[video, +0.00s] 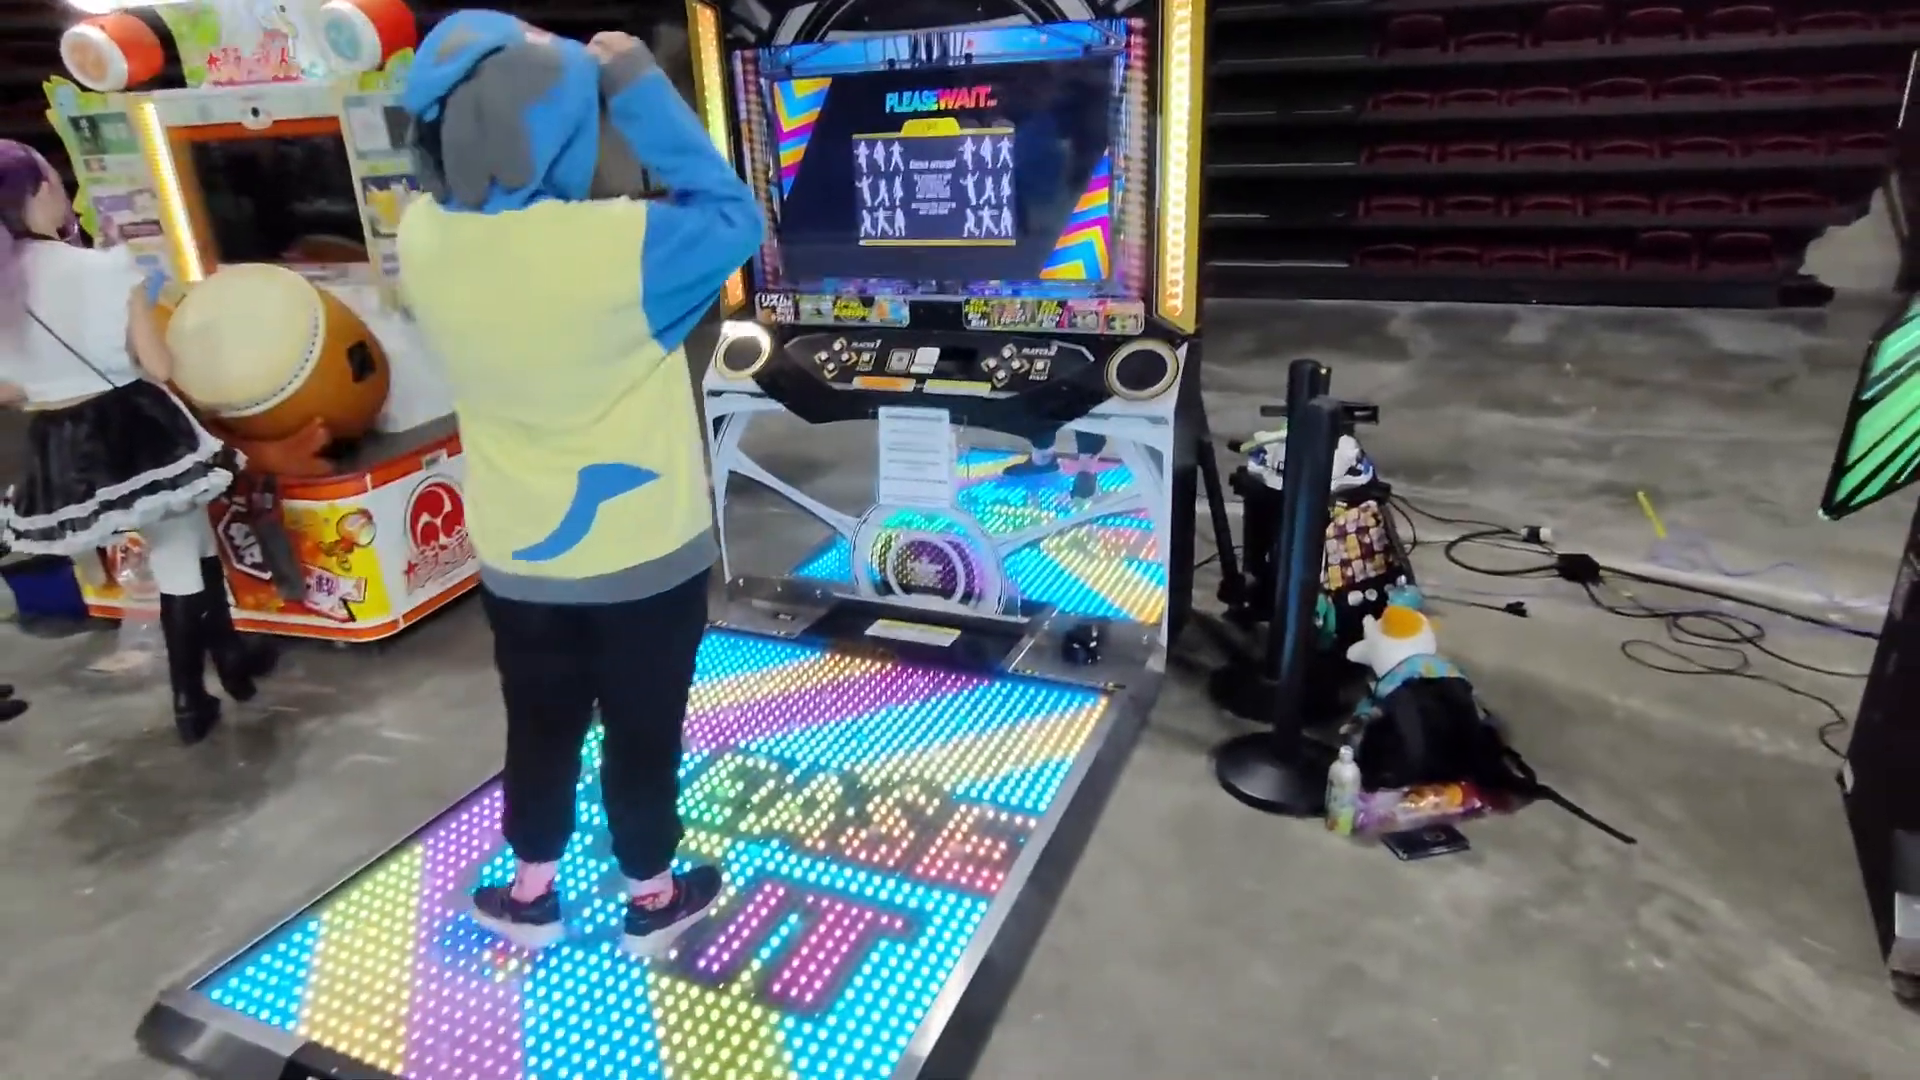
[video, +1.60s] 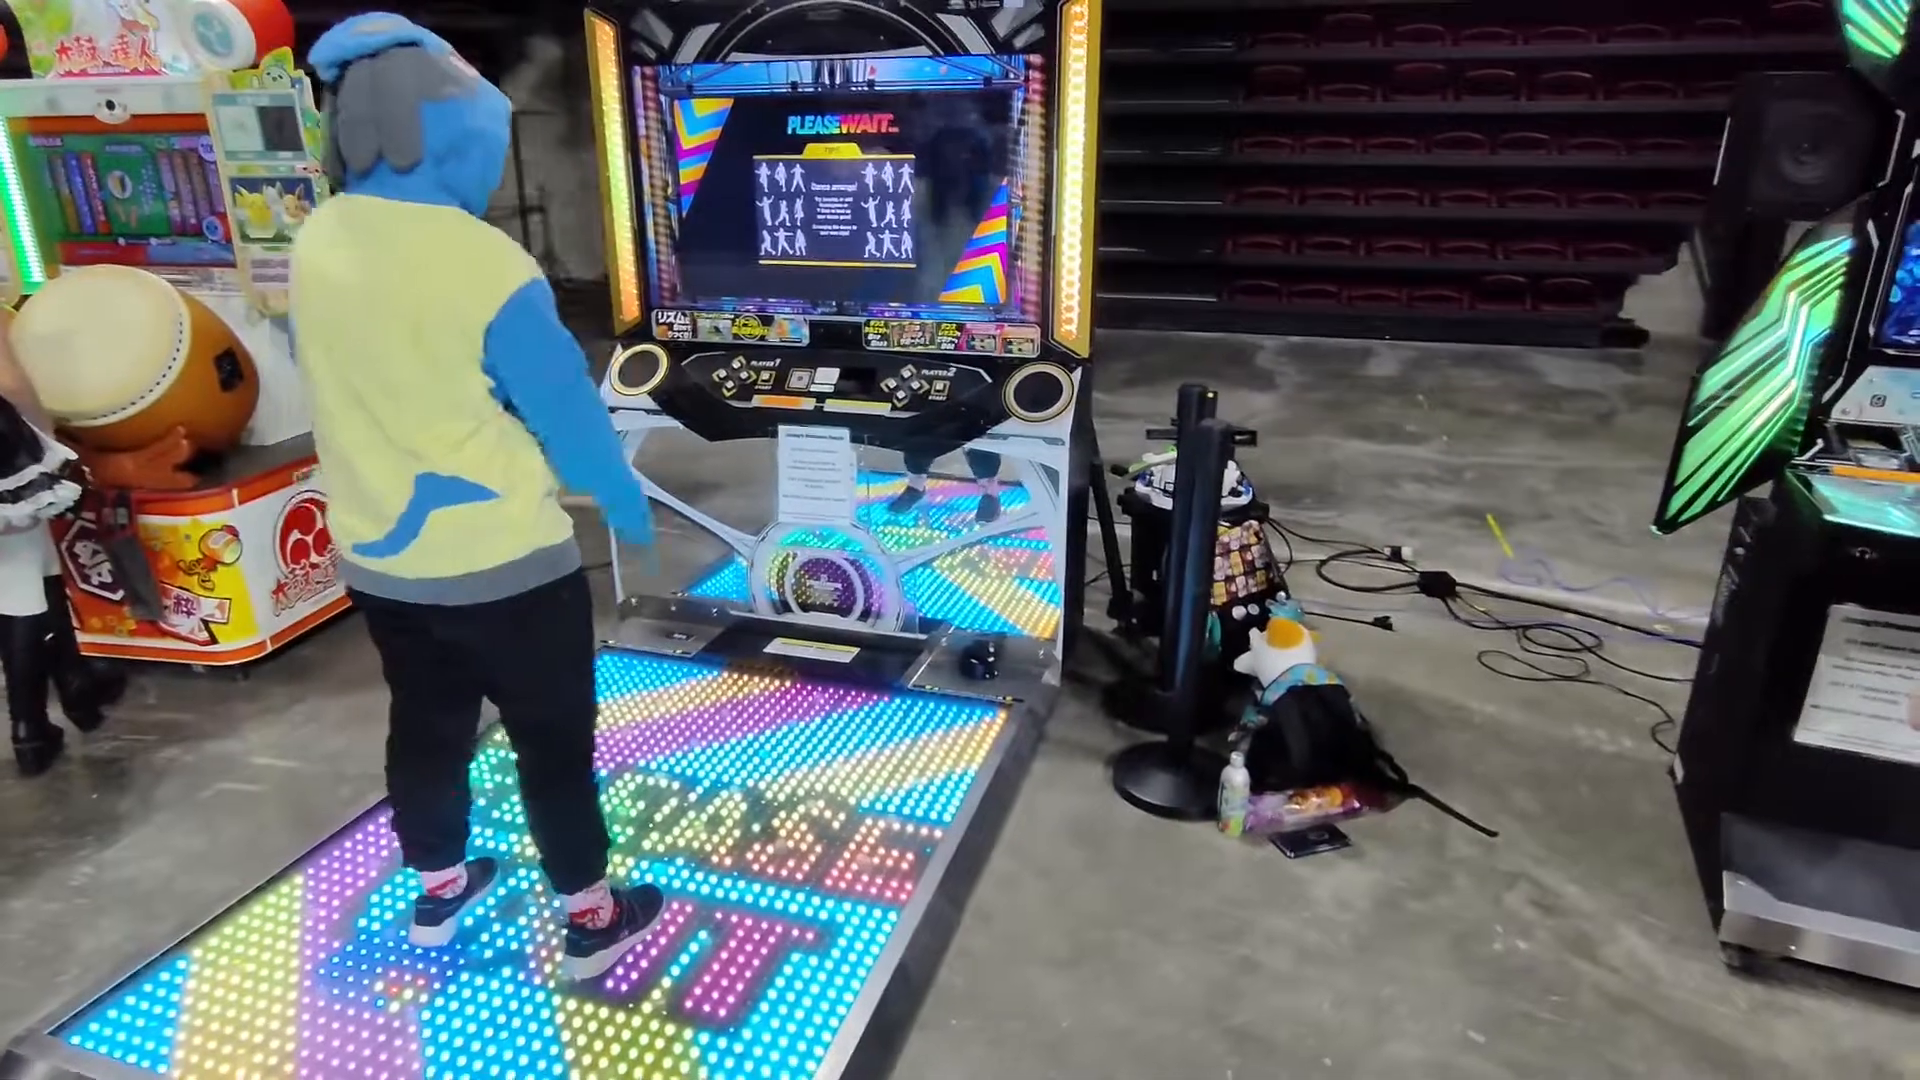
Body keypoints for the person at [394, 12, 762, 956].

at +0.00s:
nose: (600, 141)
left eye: (594, 123)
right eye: (588, 124)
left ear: (466, 147)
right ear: (561, 145)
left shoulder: (428, 248)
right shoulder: (624, 247)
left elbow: (449, 179)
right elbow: (733, 217)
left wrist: (475, 75)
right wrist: (644, 90)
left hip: (516, 557)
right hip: (646, 554)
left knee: (538, 724)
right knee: (643, 732)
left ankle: (531, 885)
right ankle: (650, 894)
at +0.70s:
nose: (511, 121)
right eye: (504, 111)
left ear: (401, 148)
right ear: (505, 131)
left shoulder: (370, 253)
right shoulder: (572, 248)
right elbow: (673, 237)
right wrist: (577, 132)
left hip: (459, 557)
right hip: (590, 553)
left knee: (493, 716)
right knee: (594, 732)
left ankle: (503, 866)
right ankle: (611, 897)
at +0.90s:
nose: (456, 116)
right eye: (444, 107)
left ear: (337, 144)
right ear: (442, 124)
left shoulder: (311, 254)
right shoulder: (514, 247)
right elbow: (612, 243)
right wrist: (520, 134)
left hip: (405, 561)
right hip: (536, 552)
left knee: (447, 718)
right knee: (553, 731)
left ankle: (467, 876)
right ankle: (577, 904)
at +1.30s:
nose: (437, 141)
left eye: (430, 123)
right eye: (425, 124)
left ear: (305, 143)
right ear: (396, 136)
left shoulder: (264, 252)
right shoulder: (441, 258)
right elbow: (560, 310)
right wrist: (508, 180)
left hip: (352, 573)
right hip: (479, 566)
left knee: (408, 720)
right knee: (545, 727)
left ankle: (432, 882)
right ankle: (569, 911)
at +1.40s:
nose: (450, 147)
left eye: (444, 127)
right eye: (437, 127)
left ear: (310, 135)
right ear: (401, 134)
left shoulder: (272, 250)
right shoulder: (445, 257)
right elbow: (558, 360)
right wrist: (540, 251)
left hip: (351, 569)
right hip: (478, 564)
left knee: (407, 715)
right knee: (542, 730)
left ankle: (430, 876)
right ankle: (579, 909)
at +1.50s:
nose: (465, 148)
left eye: (458, 127)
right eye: (454, 129)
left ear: (335, 138)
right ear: (422, 137)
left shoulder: (293, 246)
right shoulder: (466, 267)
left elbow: (341, 366)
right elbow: (552, 399)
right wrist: (604, 372)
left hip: (363, 568)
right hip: (490, 568)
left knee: (415, 719)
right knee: (546, 734)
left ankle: (432, 881)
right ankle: (583, 911)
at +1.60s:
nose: (486, 143)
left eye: (478, 122)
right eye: (473, 123)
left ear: (358, 134)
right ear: (440, 132)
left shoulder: (319, 242)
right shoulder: (486, 267)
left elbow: (338, 378)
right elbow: (569, 412)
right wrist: (623, 502)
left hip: (382, 567)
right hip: (508, 568)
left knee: (427, 720)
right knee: (554, 738)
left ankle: (437, 880)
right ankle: (587, 913)